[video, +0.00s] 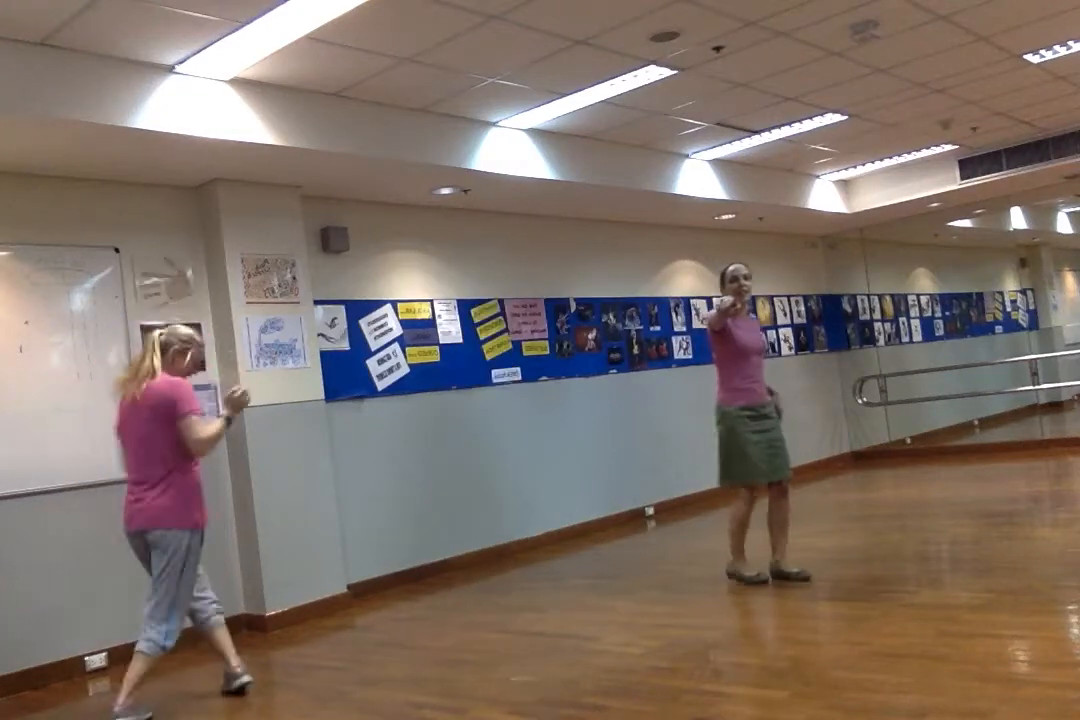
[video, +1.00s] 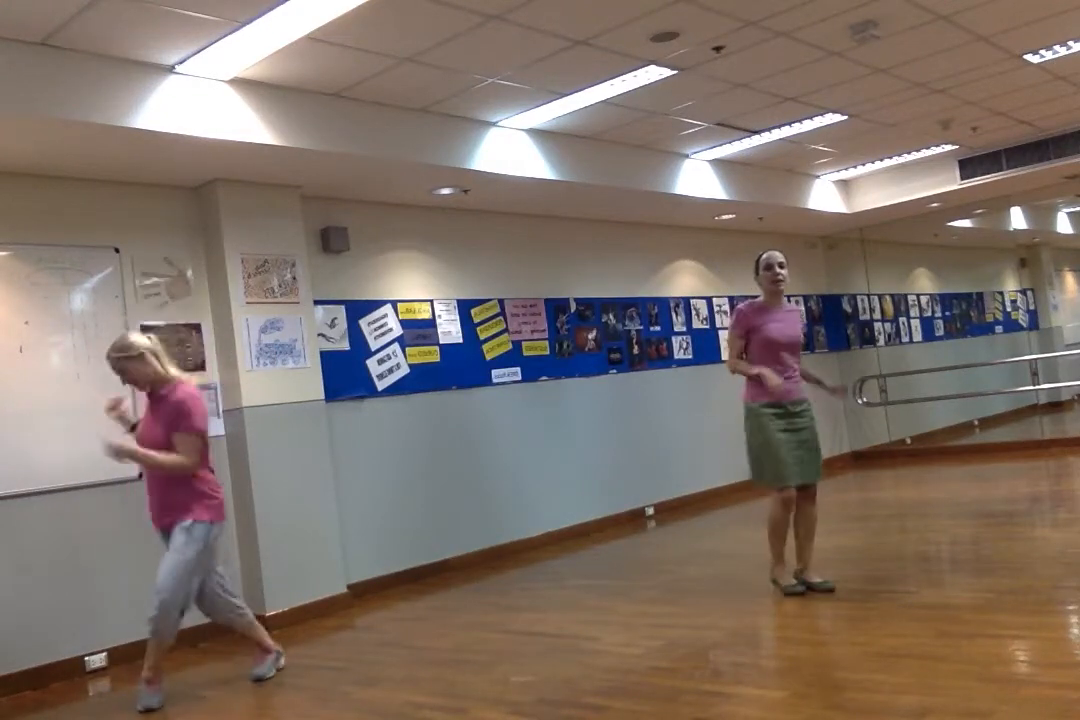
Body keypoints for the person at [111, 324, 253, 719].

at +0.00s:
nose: (195, 368)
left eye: (197, 361)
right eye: (194, 360)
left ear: (161, 353)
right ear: (179, 355)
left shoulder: (130, 394)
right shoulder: (176, 387)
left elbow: (131, 448)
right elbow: (198, 441)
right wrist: (228, 415)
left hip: (136, 517)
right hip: (176, 515)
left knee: (197, 593)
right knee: (164, 611)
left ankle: (235, 668)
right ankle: (123, 703)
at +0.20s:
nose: (193, 334)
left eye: (196, 328)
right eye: (189, 325)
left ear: (191, 324)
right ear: (166, 317)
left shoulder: (175, 353)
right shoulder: (143, 350)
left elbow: (192, 407)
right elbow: (123, 408)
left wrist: (223, 379)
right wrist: (147, 386)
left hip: (180, 475)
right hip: (154, 478)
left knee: (195, 559)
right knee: (164, 562)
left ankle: (203, 656)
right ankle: (125, 669)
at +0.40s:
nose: (179, 338)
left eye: (184, 330)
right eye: (171, 330)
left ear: (190, 332)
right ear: (152, 330)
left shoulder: (199, 370)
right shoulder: (130, 371)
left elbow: (228, 418)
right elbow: (105, 431)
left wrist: (255, 407)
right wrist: (108, 394)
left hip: (197, 494)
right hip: (145, 498)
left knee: (214, 577)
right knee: (145, 583)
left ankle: (218, 661)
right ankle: (152, 675)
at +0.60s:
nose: (149, 336)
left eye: (154, 328)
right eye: (142, 330)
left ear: (170, 322)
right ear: (136, 329)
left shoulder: (198, 361)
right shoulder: (127, 364)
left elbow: (236, 410)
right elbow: (111, 416)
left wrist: (235, 394)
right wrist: (84, 388)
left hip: (194, 478)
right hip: (147, 482)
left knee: (209, 567)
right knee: (148, 576)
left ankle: (220, 651)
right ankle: (157, 667)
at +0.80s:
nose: (144, 336)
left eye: (146, 326)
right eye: (136, 332)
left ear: (162, 316)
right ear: (130, 331)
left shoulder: (194, 352)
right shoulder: (131, 357)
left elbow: (227, 399)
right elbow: (103, 403)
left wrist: (231, 400)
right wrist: (90, 368)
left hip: (196, 468)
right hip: (152, 473)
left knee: (175, 562)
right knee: (199, 558)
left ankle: (150, 656)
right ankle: (247, 633)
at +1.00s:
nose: (128, 382)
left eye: (128, 373)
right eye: (123, 376)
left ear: (148, 360)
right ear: (134, 370)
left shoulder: (185, 396)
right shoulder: (156, 397)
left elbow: (189, 460)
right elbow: (154, 443)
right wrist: (127, 421)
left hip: (199, 510)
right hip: (170, 514)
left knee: (169, 592)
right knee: (211, 593)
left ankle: (150, 678)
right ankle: (270, 647)